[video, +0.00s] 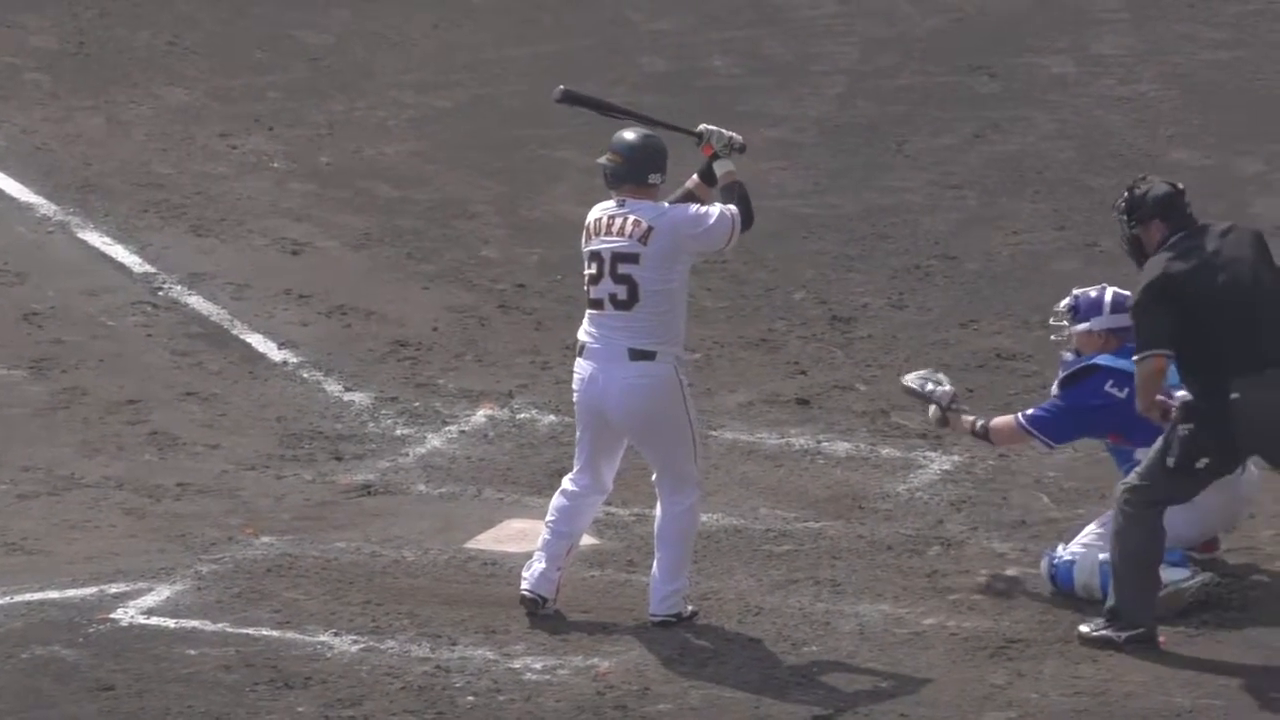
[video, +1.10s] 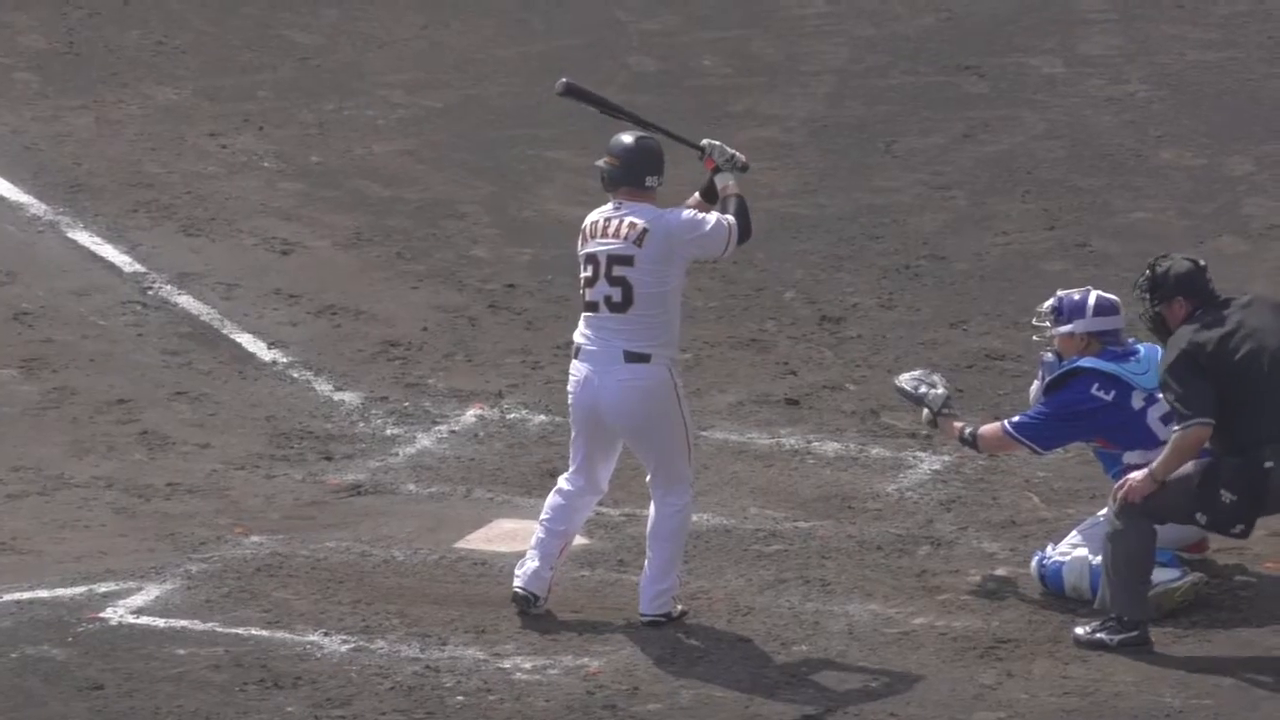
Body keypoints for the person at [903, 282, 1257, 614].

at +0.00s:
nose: (1069, 337)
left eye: (1076, 330)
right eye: (1070, 329)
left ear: (1104, 337)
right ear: (1117, 335)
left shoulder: (1099, 387)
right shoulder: (1158, 357)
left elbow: (1020, 431)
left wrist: (962, 421)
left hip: (1194, 495)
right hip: (1237, 474)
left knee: (1063, 564)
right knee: (1143, 465)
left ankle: (1178, 579)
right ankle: (1200, 546)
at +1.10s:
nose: (1051, 337)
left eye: (1058, 331)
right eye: (1053, 329)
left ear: (1082, 339)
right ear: (1110, 331)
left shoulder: (1086, 390)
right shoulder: (1150, 353)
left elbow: (1006, 436)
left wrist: (954, 429)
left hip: (1167, 506)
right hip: (1212, 485)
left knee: (1052, 563)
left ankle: (1160, 577)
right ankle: (1189, 539)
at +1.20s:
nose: (1051, 338)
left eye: (1057, 330)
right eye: (1052, 330)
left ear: (1081, 338)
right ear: (1108, 331)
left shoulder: (1086, 390)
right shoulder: (1150, 353)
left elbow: (1006, 436)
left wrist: (951, 427)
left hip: (1167, 508)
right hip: (1211, 487)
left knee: (1050, 563)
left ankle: (1160, 576)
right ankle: (1187, 540)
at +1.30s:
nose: (1050, 339)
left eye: (1056, 332)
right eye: (1052, 331)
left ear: (1080, 340)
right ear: (1108, 333)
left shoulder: (1085, 389)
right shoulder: (1151, 353)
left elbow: (1001, 438)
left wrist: (953, 428)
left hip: (1167, 510)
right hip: (1210, 488)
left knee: (1051, 563)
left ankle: (1157, 576)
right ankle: (1186, 540)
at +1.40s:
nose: (1050, 339)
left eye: (1056, 333)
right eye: (1051, 332)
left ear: (1079, 341)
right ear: (1109, 334)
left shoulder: (1084, 390)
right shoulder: (1150, 356)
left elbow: (1005, 439)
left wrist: (953, 431)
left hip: (1163, 514)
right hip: (1206, 495)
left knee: (1048, 565)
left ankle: (1157, 579)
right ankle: (1185, 544)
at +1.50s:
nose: (1048, 345)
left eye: (1055, 338)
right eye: (1050, 337)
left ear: (1079, 344)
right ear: (1099, 339)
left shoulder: (1080, 395)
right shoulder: (1146, 359)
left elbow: (994, 444)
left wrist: (944, 428)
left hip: (1161, 515)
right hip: (1202, 493)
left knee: (1046, 570)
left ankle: (1158, 583)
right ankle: (1181, 547)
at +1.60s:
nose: (1042, 346)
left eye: (1048, 339)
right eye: (1043, 339)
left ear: (1073, 347)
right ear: (1097, 340)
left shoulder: (1075, 398)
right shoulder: (1142, 362)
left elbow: (995, 446)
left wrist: (943, 435)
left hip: (1153, 519)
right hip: (1199, 499)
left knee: (1040, 570)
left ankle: (1150, 587)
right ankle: (1177, 549)